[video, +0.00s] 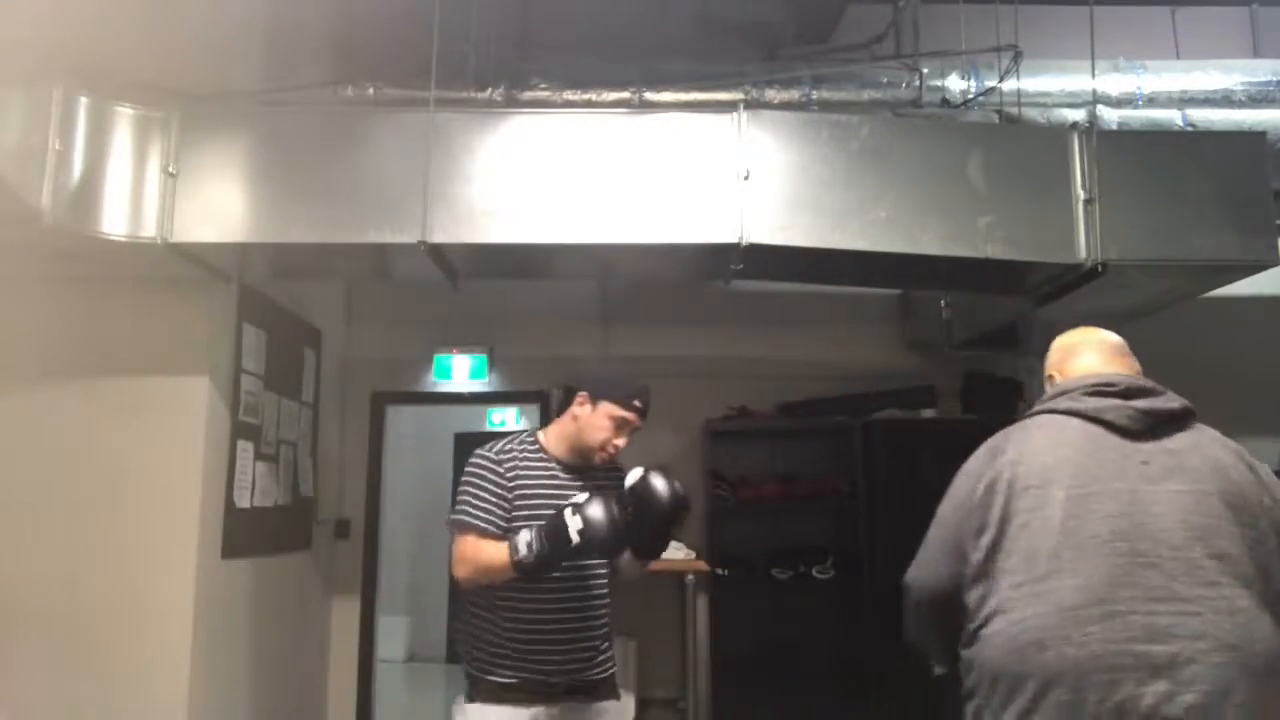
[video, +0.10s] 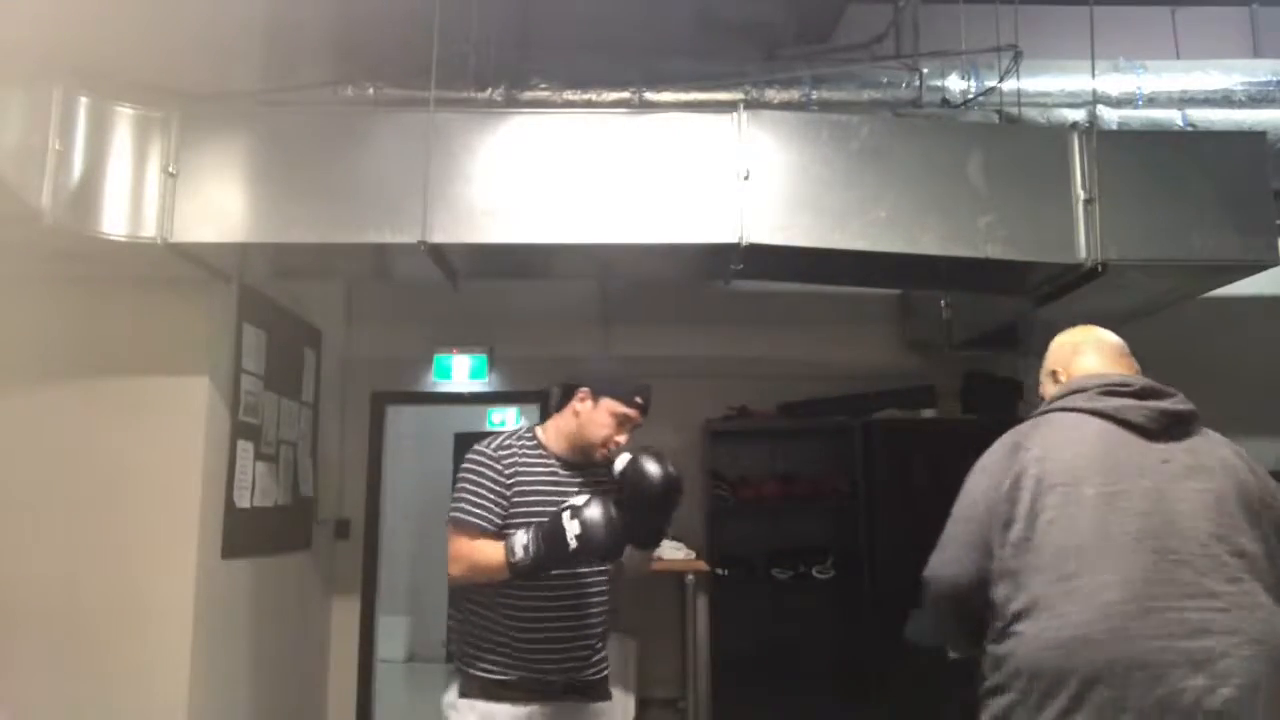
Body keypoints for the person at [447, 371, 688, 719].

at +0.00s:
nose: (622, 443)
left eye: (630, 433)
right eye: (618, 425)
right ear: (581, 404)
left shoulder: (610, 475)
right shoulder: (496, 462)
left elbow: (625, 570)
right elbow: (467, 565)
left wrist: (651, 532)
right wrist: (562, 533)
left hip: (593, 692)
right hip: (508, 694)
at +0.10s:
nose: (624, 440)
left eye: (631, 430)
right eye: (619, 421)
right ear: (581, 400)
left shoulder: (608, 472)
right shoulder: (495, 457)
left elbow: (630, 567)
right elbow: (456, 561)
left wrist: (648, 520)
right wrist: (550, 540)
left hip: (586, 696)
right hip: (498, 698)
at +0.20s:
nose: (613, 438)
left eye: (620, 427)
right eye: (609, 419)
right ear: (569, 399)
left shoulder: (600, 472)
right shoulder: (484, 457)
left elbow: (622, 566)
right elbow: (453, 566)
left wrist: (636, 512)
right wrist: (539, 542)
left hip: (573, 697)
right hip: (484, 697)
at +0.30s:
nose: (591, 438)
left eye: (598, 427)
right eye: (585, 419)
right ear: (544, 399)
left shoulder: (574, 476)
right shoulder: (461, 462)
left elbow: (591, 577)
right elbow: (435, 574)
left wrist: (609, 530)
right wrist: (527, 541)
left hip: (557, 702)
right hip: (466, 703)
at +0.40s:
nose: (559, 446)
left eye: (566, 433)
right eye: (553, 427)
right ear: (511, 407)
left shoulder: (536, 482)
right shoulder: (424, 474)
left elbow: (550, 576)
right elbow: (408, 589)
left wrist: (577, 554)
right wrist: (500, 553)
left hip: (528, 699)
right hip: (445, 703)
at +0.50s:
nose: (527, 451)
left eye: (533, 440)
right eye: (520, 432)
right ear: (477, 412)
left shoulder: (497, 492)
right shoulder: (390, 480)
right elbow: (382, 594)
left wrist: (548, 573)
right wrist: (477, 556)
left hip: (488, 704)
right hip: (405, 707)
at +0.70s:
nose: (499, 432)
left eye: (505, 419)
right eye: (494, 413)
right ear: (453, 390)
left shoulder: (460, 464)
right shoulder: (365, 451)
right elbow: (371, 567)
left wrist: (518, 544)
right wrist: (468, 515)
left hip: (453, 694)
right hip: (365, 701)